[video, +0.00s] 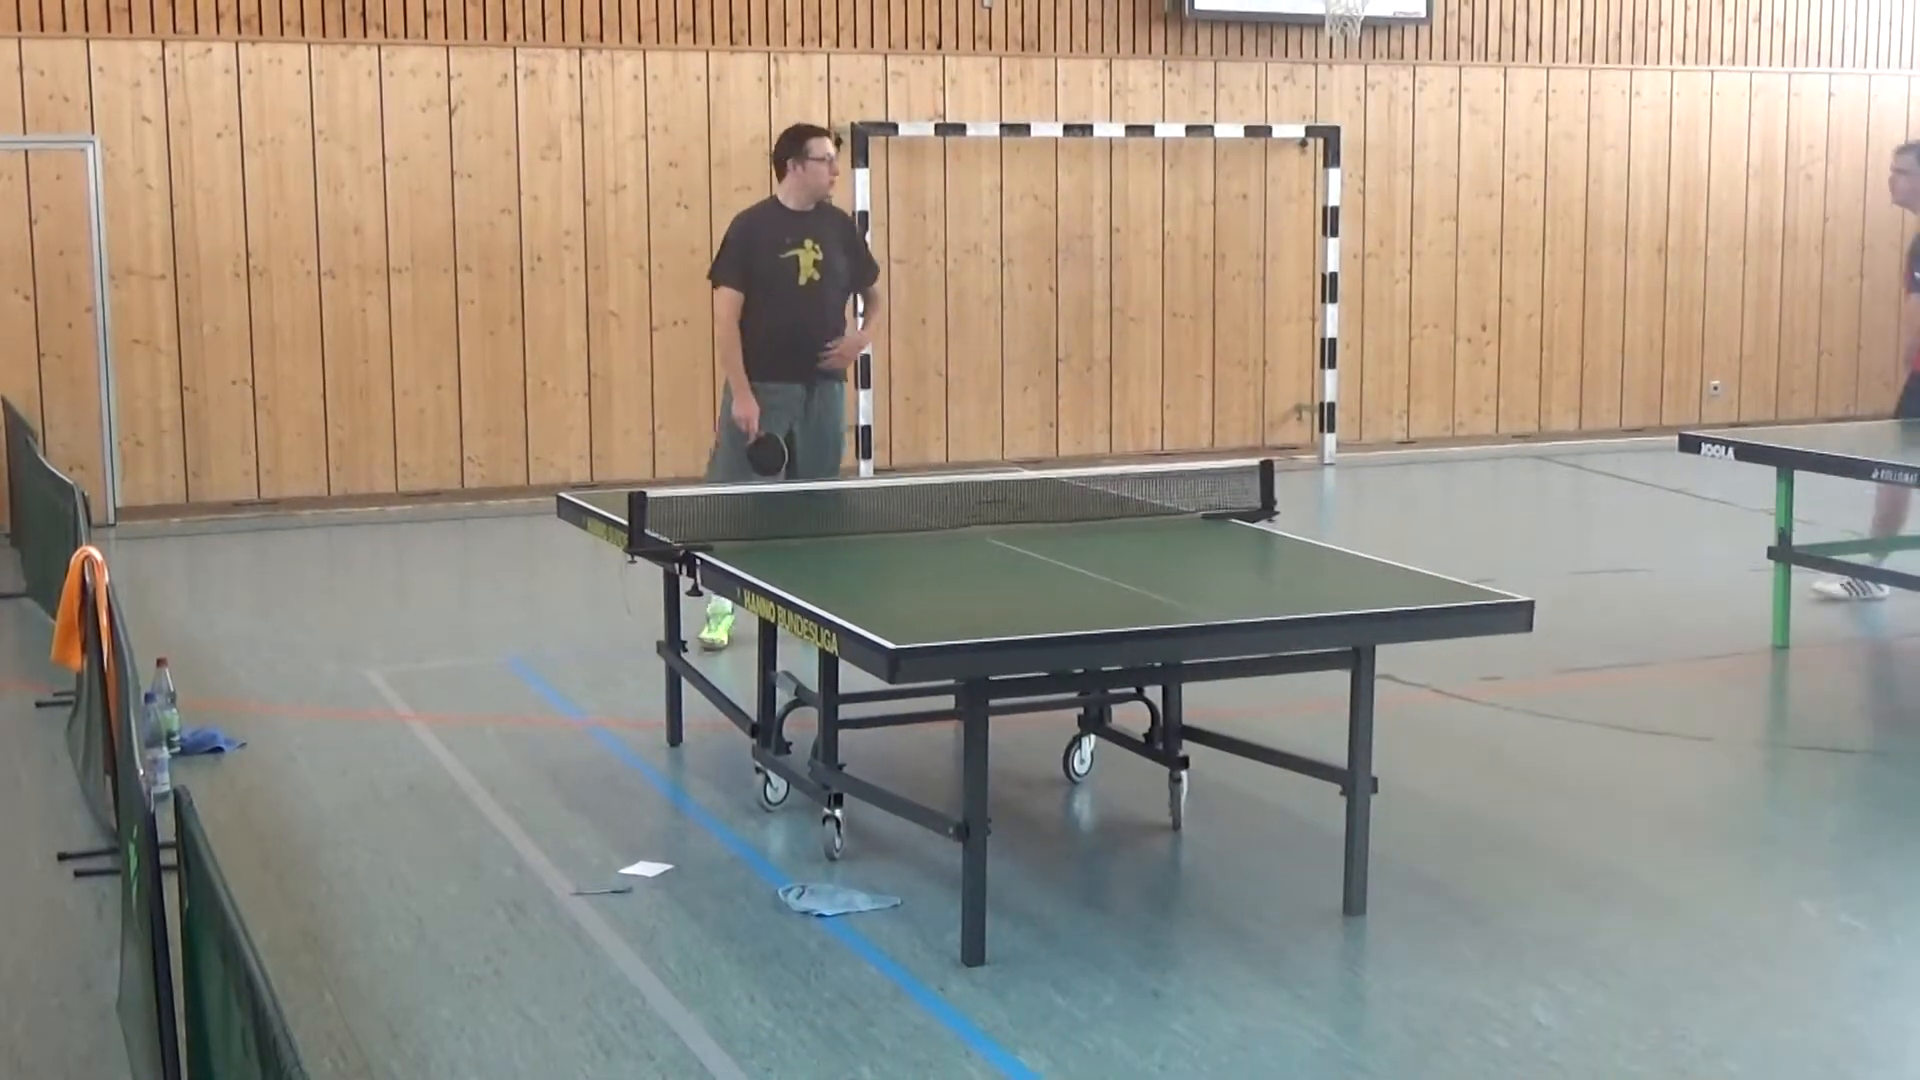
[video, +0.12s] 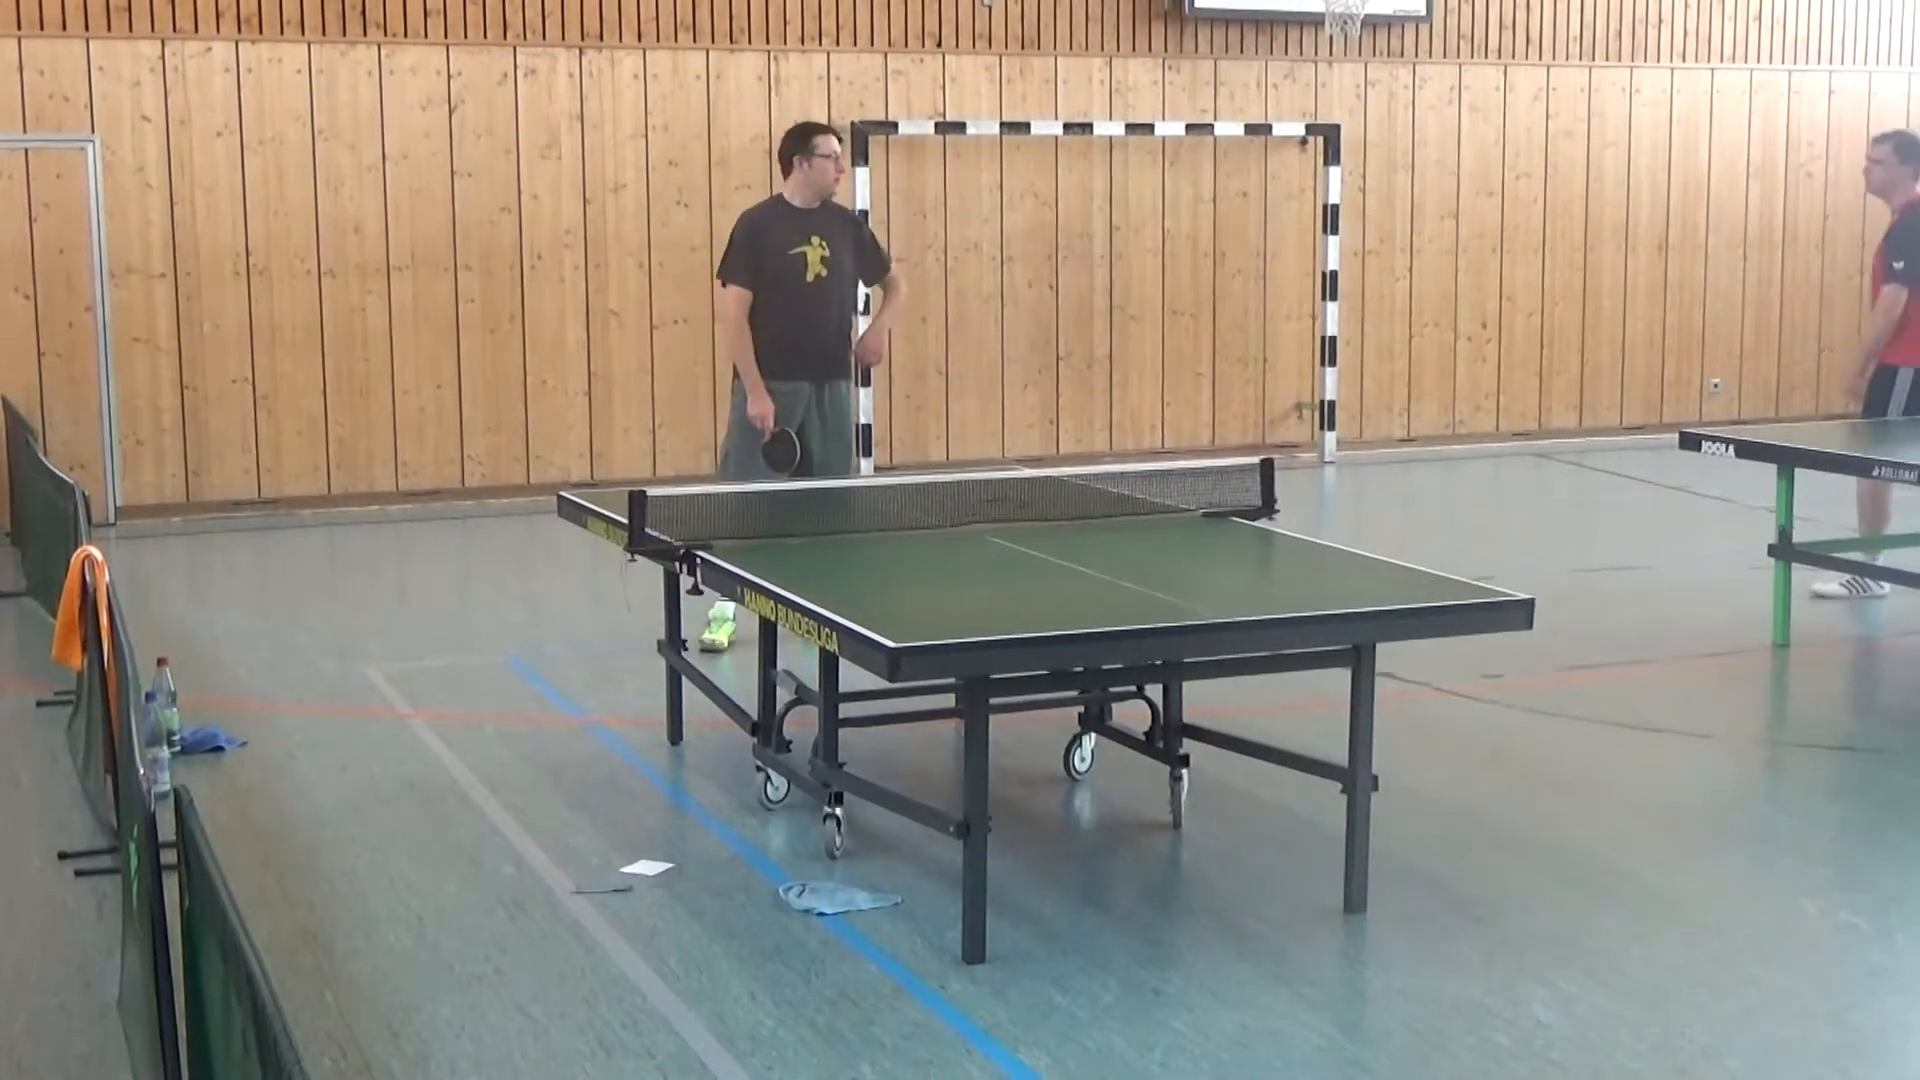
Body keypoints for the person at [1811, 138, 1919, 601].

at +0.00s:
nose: (1892, 181)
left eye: (1901, 173)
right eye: (1893, 172)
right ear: (1903, 179)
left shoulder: (1918, 244)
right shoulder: (1914, 243)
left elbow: (1914, 317)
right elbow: (1913, 314)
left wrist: (1909, 372)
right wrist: (1909, 371)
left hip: (1917, 375)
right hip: (1915, 374)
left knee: (1898, 461)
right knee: (1896, 462)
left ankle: (1871, 568)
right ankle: (1870, 568)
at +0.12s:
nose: (1866, 170)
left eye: (1876, 163)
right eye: (1868, 162)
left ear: (1906, 171)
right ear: (1900, 172)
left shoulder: (1909, 224)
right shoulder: (1903, 220)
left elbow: (1894, 303)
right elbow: (1895, 303)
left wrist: (1860, 368)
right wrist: (1867, 367)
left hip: (1905, 361)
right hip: (1899, 359)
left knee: (1874, 460)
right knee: (1874, 460)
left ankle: (1868, 569)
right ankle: (1866, 565)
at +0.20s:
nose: (1853, 166)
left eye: (1863, 158)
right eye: (1855, 157)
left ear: (1892, 166)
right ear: (1885, 167)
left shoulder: (1896, 218)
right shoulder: (1897, 212)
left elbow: (1869, 296)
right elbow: (1876, 294)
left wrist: (1812, 350)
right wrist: (1839, 335)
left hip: (1890, 361)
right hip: (1895, 359)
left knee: (1864, 463)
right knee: (1898, 465)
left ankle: (1865, 569)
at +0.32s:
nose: (1832, 165)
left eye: (1843, 158)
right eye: (1832, 157)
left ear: (1872, 164)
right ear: (1844, 164)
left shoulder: (1878, 208)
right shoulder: (1867, 208)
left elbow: (1815, 252)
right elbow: (1867, 289)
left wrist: (1738, 266)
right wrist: (1835, 339)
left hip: (1876, 356)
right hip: (1850, 354)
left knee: (1860, 462)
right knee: (1821, 453)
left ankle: (1870, 572)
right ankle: (1885, 538)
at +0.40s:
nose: (1813, 167)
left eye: (1823, 160)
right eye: (1813, 159)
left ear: (1853, 164)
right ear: (1824, 165)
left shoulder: (1866, 205)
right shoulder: (1836, 214)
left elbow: (1809, 220)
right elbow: (1844, 293)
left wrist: (1731, 195)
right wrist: (1806, 322)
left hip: (1863, 355)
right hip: (1824, 355)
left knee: (1860, 463)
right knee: (1791, 452)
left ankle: (1869, 572)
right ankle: (1814, 556)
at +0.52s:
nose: (1777, 175)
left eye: (1787, 167)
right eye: (1776, 167)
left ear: (1810, 168)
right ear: (1793, 172)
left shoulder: (1838, 210)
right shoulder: (1802, 220)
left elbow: (1796, 196)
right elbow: (1813, 284)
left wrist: (1777, 137)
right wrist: (1772, 304)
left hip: (1837, 359)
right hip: (1796, 359)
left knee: (1848, 467)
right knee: (1764, 460)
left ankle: (1865, 571)